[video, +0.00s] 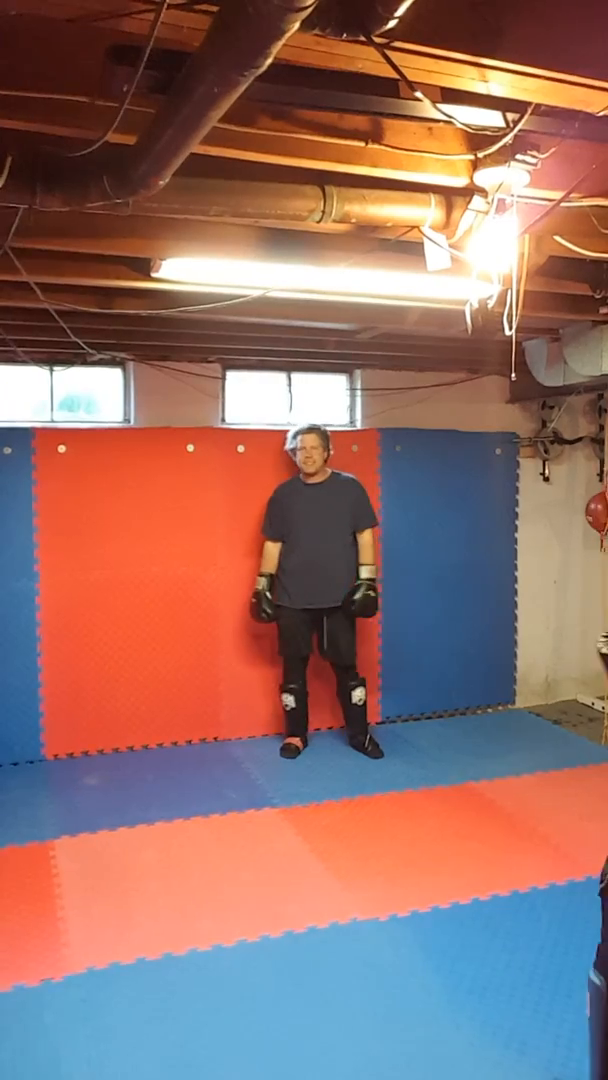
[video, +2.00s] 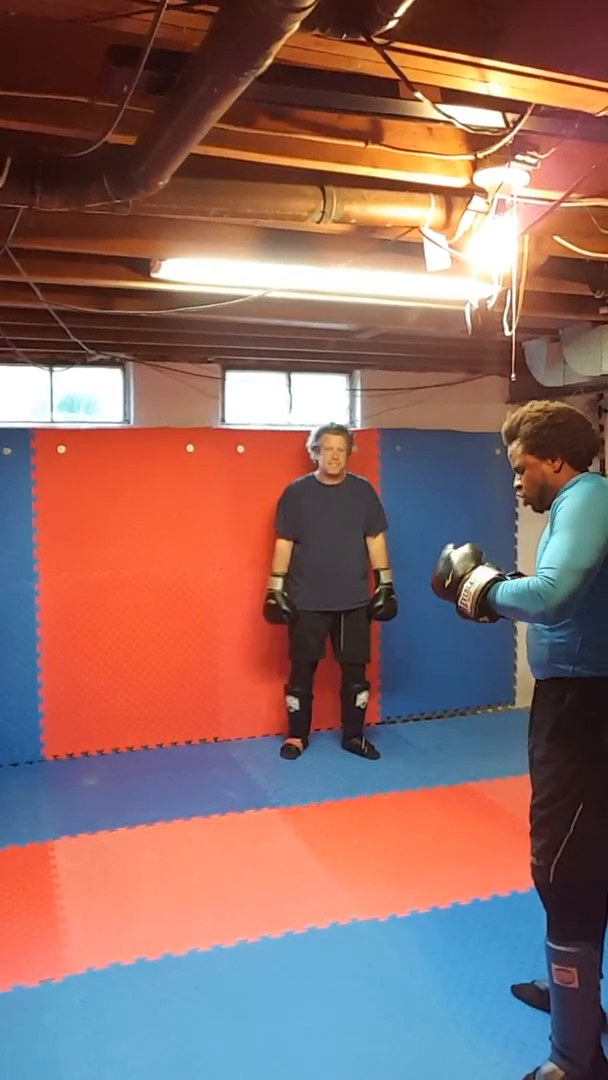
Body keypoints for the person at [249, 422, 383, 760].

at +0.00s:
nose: (305, 455)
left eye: (312, 449)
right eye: (300, 449)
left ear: (327, 452)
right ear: (295, 454)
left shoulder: (349, 488)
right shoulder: (284, 494)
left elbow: (365, 536)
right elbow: (272, 542)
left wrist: (367, 582)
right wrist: (263, 585)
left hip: (339, 597)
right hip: (292, 598)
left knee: (347, 668)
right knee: (293, 667)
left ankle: (359, 734)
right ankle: (295, 735)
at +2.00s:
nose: (334, 456)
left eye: (340, 451)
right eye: (328, 450)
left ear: (348, 455)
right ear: (317, 453)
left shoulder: (363, 490)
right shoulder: (296, 493)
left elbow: (376, 538)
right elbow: (284, 542)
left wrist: (385, 585)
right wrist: (276, 588)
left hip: (354, 599)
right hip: (307, 599)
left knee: (356, 669)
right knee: (302, 669)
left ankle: (354, 736)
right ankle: (297, 735)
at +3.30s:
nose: (378, 458)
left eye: (383, 453)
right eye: (372, 452)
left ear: (387, 457)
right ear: (355, 454)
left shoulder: (393, 494)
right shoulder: (332, 491)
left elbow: (401, 542)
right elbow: (318, 540)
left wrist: (408, 586)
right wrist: (317, 589)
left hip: (379, 601)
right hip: (340, 599)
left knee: (368, 669)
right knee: (329, 666)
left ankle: (356, 735)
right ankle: (300, 732)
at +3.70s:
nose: (378, 457)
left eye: (383, 452)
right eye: (371, 451)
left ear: (388, 456)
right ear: (355, 453)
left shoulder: (395, 494)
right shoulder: (332, 490)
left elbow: (404, 542)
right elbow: (318, 539)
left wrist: (413, 587)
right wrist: (315, 587)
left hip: (379, 601)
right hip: (338, 599)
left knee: (366, 670)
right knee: (326, 667)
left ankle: (355, 736)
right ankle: (301, 732)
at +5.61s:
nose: (278, 457)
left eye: (284, 450)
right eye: (272, 451)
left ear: (298, 453)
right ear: (264, 455)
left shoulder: (320, 489)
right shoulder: (250, 494)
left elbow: (336, 538)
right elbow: (238, 545)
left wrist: (340, 587)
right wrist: (230, 593)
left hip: (309, 601)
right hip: (264, 602)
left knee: (297, 676)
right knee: (271, 676)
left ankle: (297, 757)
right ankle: (278, 747)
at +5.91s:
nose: (274, 459)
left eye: (281, 452)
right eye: (268, 453)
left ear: (294, 455)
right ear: (259, 458)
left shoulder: (317, 491)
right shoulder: (247, 497)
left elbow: (334, 541)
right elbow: (237, 548)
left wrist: (340, 591)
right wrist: (230, 596)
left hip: (303, 602)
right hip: (258, 604)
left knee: (286, 674)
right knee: (267, 676)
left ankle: (275, 758)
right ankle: (276, 748)